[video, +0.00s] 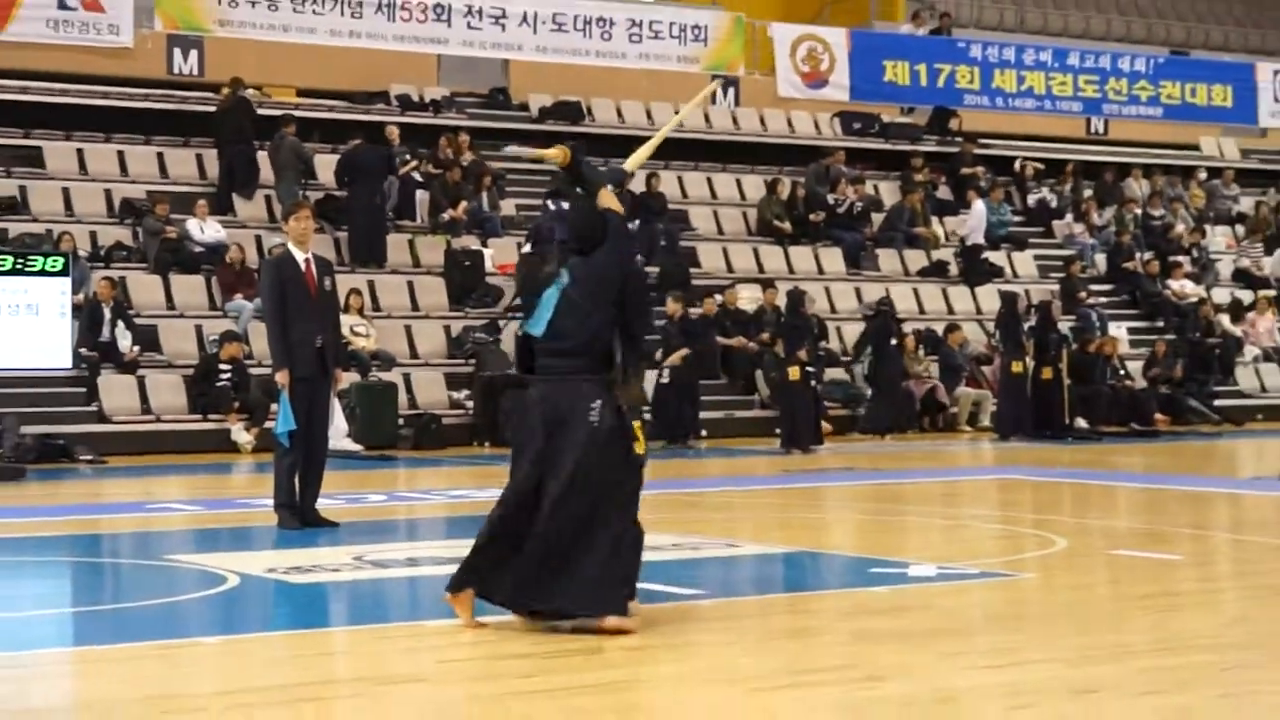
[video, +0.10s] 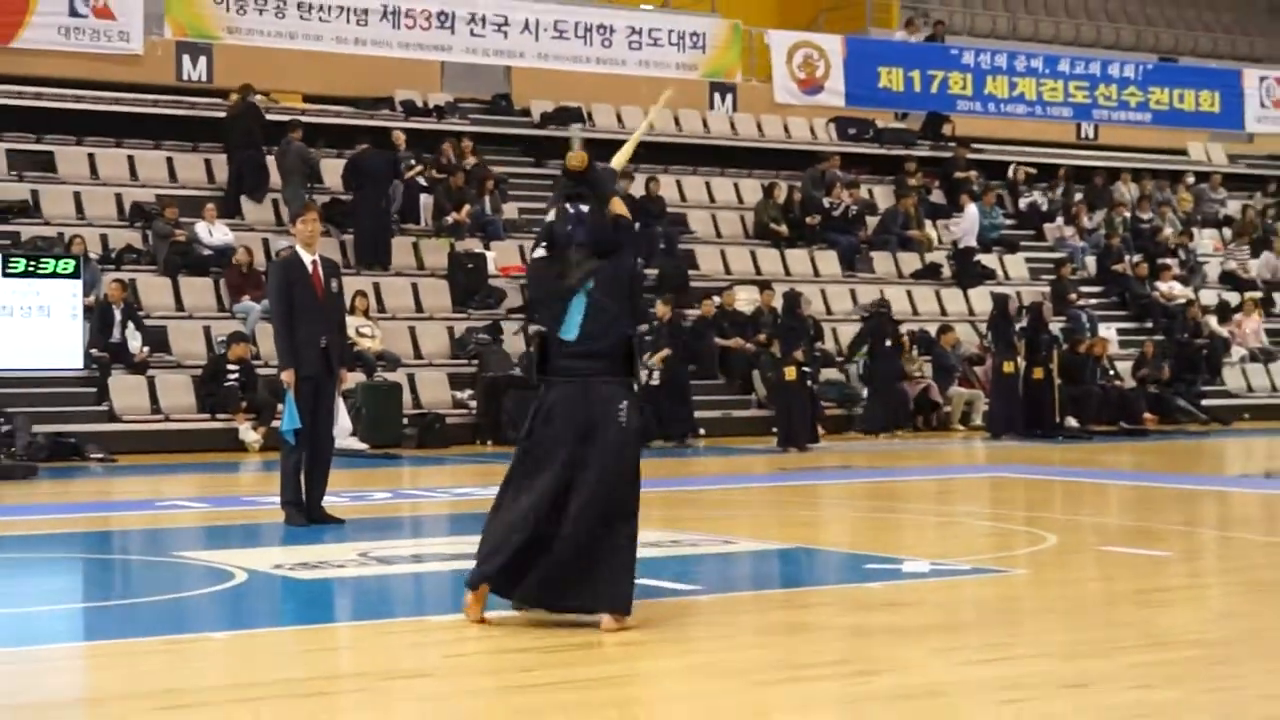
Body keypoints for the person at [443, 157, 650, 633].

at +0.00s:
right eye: (613, 230)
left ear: (563, 236)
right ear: (603, 238)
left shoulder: (537, 273)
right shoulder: (605, 273)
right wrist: (613, 212)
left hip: (539, 396)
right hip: (588, 398)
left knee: (527, 492)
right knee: (612, 496)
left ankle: (466, 582)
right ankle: (606, 604)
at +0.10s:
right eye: (615, 216)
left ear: (568, 234)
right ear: (610, 230)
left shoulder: (547, 276)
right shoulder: (621, 272)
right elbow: (628, 238)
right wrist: (617, 205)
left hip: (560, 392)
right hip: (611, 394)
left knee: (530, 484)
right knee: (615, 498)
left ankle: (482, 578)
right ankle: (613, 606)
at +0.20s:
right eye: (619, 211)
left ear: (569, 235)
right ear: (610, 233)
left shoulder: (554, 277)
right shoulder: (628, 273)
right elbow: (638, 229)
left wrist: (562, 228)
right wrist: (612, 198)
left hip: (570, 396)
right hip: (620, 396)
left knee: (547, 490)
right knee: (621, 498)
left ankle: (519, 595)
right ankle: (615, 605)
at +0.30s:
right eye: (622, 206)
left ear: (571, 223)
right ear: (615, 221)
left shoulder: (556, 271)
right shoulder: (631, 269)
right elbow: (645, 234)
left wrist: (562, 229)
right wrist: (623, 212)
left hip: (574, 393)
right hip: (625, 391)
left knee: (563, 492)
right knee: (624, 496)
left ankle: (553, 597)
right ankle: (615, 603)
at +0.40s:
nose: (567, 227)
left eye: (572, 221)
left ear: (575, 229)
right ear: (616, 229)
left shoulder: (556, 272)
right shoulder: (637, 273)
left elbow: (544, 312)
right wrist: (615, 202)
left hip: (579, 392)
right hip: (628, 391)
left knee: (578, 494)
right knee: (624, 493)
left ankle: (585, 601)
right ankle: (618, 598)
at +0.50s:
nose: (581, 231)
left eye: (586, 223)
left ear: (589, 229)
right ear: (628, 229)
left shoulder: (569, 275)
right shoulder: (643, 278)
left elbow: (548, 333)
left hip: (589, 395)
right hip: (638, 393)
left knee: (584, 496)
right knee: (621, 497)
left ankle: (583, 604)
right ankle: (602, 601)